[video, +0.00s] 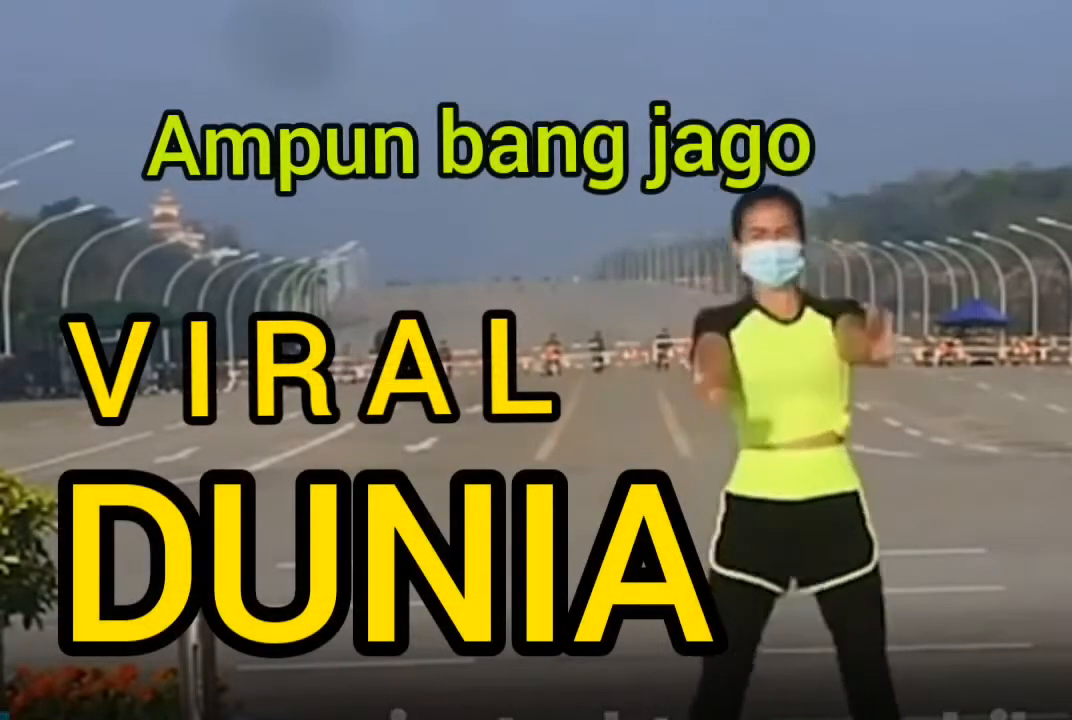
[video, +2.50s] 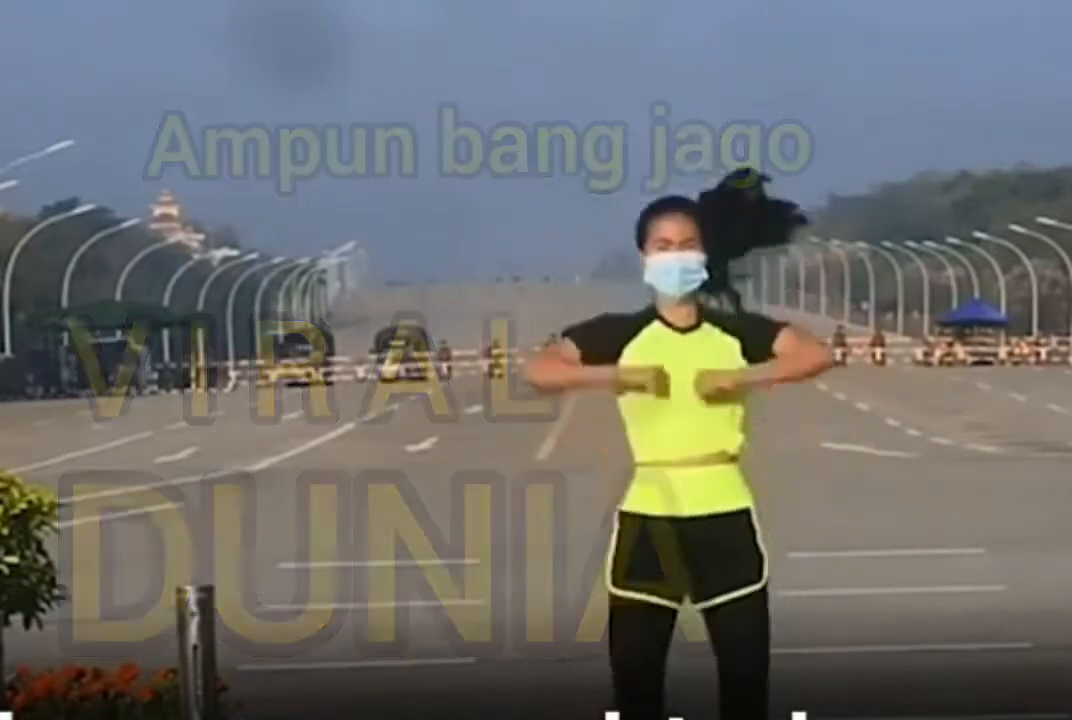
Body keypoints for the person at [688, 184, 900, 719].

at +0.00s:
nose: (774, 246)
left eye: (785, 234)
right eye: (759, 236)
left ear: (803, 244)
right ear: (738, 251)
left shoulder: (839, 317)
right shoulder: (721, 326)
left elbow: (861, 340)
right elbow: (713, 367)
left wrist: (875, 346)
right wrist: (713, 385)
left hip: (835, 507)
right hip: (755, 512)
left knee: (868, 670)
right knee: (726, 670)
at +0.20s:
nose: (793, 214)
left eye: (804, 202)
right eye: (779, 203)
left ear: (822, 210)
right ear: (757, 211)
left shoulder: (861, 287)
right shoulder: (739, 288)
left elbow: (919, 360)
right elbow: (688, 379)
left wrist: (884, 437)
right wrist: (746, 444)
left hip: (847, 483)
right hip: (764, 486)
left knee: (873, 650)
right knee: (759, 656)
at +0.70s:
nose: (815, 248)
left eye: (827, 235)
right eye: (801, 237)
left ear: (846, 246)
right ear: (781, 250)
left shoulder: (879, 316)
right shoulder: (759, 324)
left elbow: (953, 351)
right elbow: (683, 372)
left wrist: (882, 377)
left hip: (866, 510)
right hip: (785, 512)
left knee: (893, 677)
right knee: (764, 675)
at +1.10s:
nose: (789, 226)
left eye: (801, 214)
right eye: (775, 214)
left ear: (818, 223)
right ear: (754, 225)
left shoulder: (852, 301)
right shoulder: (728, 306)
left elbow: (866, 365)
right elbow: (719, 408)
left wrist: (880, 399)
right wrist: (727, 407)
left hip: (830, 494)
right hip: (750, 495)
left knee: (865, 663)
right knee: (712, 657)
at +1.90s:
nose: (707, 201)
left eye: (717, 190)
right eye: (692, 190)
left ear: (733, 203)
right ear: (671, 204)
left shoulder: (772, 282)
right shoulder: (649, 283)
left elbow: (794, 367)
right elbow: (641, 378)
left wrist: (817, 440)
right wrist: (646, 459)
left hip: (758, 466)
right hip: (678, 472)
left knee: (786, 625)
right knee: (669, 633)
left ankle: (798, 714)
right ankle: (660, 719)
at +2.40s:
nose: (677, 211)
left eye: (688, 199)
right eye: (663, 200)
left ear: (705, 209)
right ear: (643, 212)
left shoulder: (738, 287)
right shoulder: (617, 291)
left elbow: (793, 363)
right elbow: (570, 375)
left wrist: (764, 452)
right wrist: (609, 459)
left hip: (726, 478)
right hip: (643, 480)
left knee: (737, 650)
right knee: (642, 650)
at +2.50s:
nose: (676, 257)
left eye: (688, 244)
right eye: (663, 246)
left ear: (706, 255)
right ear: (643, 259)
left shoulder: (737, 330)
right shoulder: (620, 333)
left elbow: (817, 356)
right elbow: (539, 371)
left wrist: (742, 379)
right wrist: (620, 377)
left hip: (725, 519)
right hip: (646, 522)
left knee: (745, 682)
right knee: (635, 684)